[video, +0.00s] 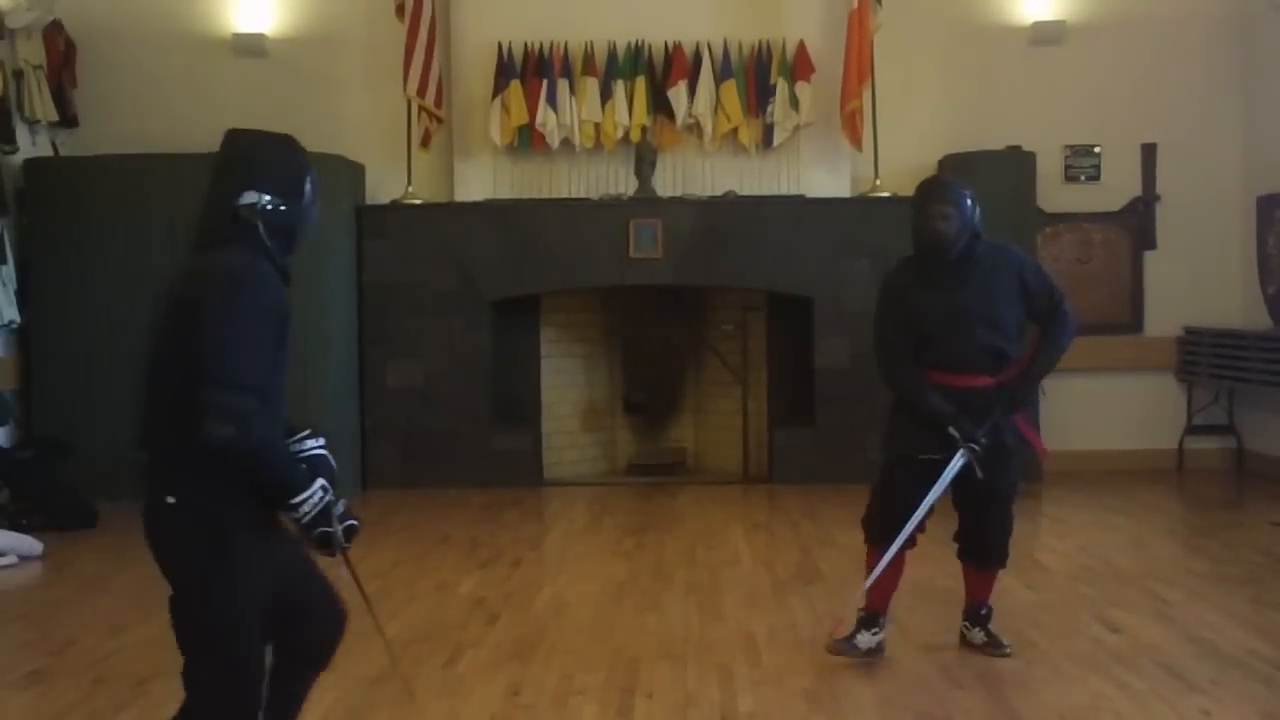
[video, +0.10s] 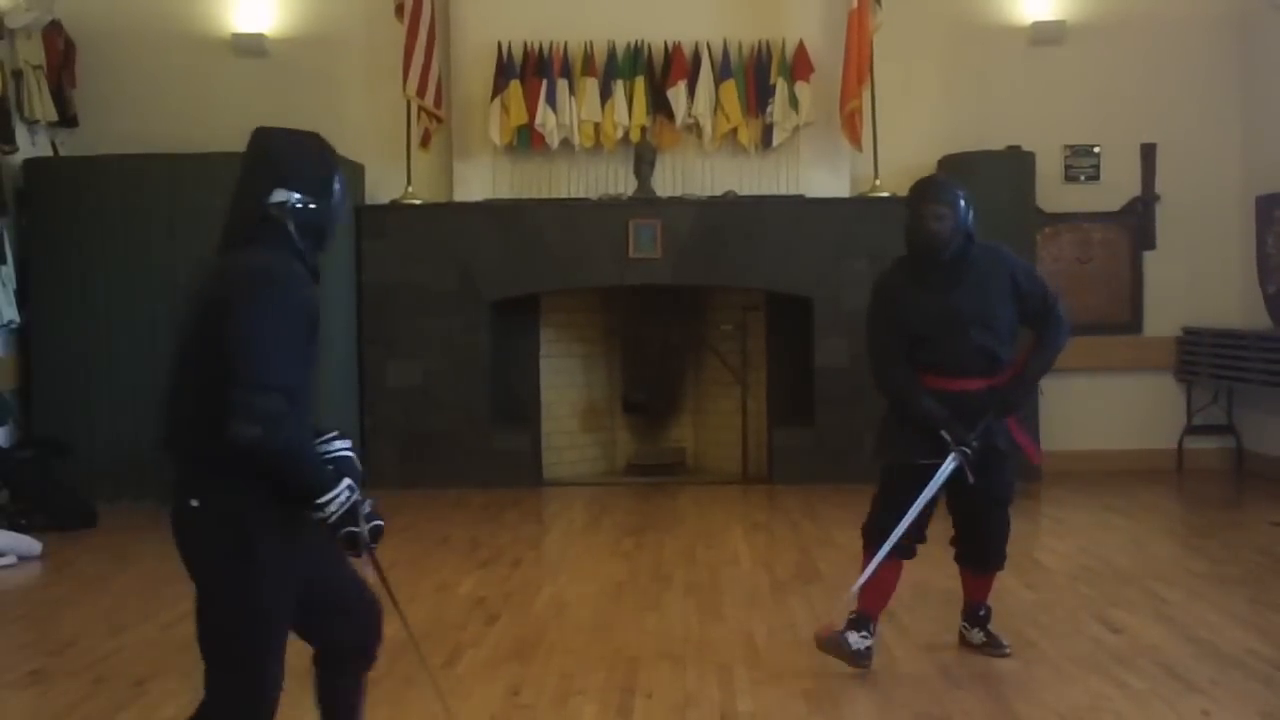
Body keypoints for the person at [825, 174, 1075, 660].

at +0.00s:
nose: (935, 227)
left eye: (946, 217)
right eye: (927, 217)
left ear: (970, 219)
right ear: (915, 221)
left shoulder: (1010, 267)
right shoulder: (903, 280)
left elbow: (1060, 323)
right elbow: (893, 362)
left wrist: (1018, 390)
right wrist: (949, 417)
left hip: (994, 410)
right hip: (924, 408)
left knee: (989, 521)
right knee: (889, 512)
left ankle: (976, 622)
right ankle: (871, 626)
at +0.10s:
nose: (930, 227)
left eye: (941, 217)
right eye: (922, 217)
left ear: (964, 220)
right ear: (910, 222)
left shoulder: (1000, 268)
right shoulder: (895, 282)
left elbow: (1054, 326)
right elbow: (886, 367)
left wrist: (1012, 393)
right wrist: (939, 420)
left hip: (986, 412)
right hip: (918, 412)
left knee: (986, 524)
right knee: (892, 519)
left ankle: (975, 624)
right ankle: (861, 632)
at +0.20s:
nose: (923, 231)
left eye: (933, 221)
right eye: (914, 222)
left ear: (956, 222)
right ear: (899, 226)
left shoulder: (989, 274)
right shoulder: (884, 286)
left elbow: (1041, 333)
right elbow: (871, 368)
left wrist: (995, 408)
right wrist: (924, 422)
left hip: (976, 419)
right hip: (906, 418)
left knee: (984, 524)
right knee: (889, 523)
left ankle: (976, 621)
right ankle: (863, 644)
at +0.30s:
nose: (912, 231)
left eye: (922, 221)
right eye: (902, 221)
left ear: (944, 224)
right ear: (886, 227)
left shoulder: (976, 277)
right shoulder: (870, 292)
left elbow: (1025, 338)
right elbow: (861, 375)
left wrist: (982, 414)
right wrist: (915, 428)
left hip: (965, 422)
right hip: (894, 421)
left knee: (977, 526)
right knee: (876, 528)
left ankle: (974, 620)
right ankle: (861, 649)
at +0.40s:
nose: (906, 229)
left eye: (916, 218)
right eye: (895, 218)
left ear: (936, 220)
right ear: (878, 224)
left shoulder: (968, 275)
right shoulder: (864, 287)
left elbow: (1020, 340)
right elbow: (846, 370)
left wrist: (972, 412)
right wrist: (895, 419)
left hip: (955, 418)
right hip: (884, 419)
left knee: (975, 525)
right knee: (870, 530)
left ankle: (972, 616)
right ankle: (860, 648)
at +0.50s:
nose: (900, 224)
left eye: (911, 214)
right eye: (891, 214)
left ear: (934, 217)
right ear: (874, 219)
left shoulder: (965, 274)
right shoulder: (857, 288)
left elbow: (1016, 333)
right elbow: (841, 365)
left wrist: (985, 387)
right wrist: (880, 389)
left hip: (952, 425)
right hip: (882, 429)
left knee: (976, 527)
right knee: (868, 535)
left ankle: (970, 610)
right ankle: (859, 647)